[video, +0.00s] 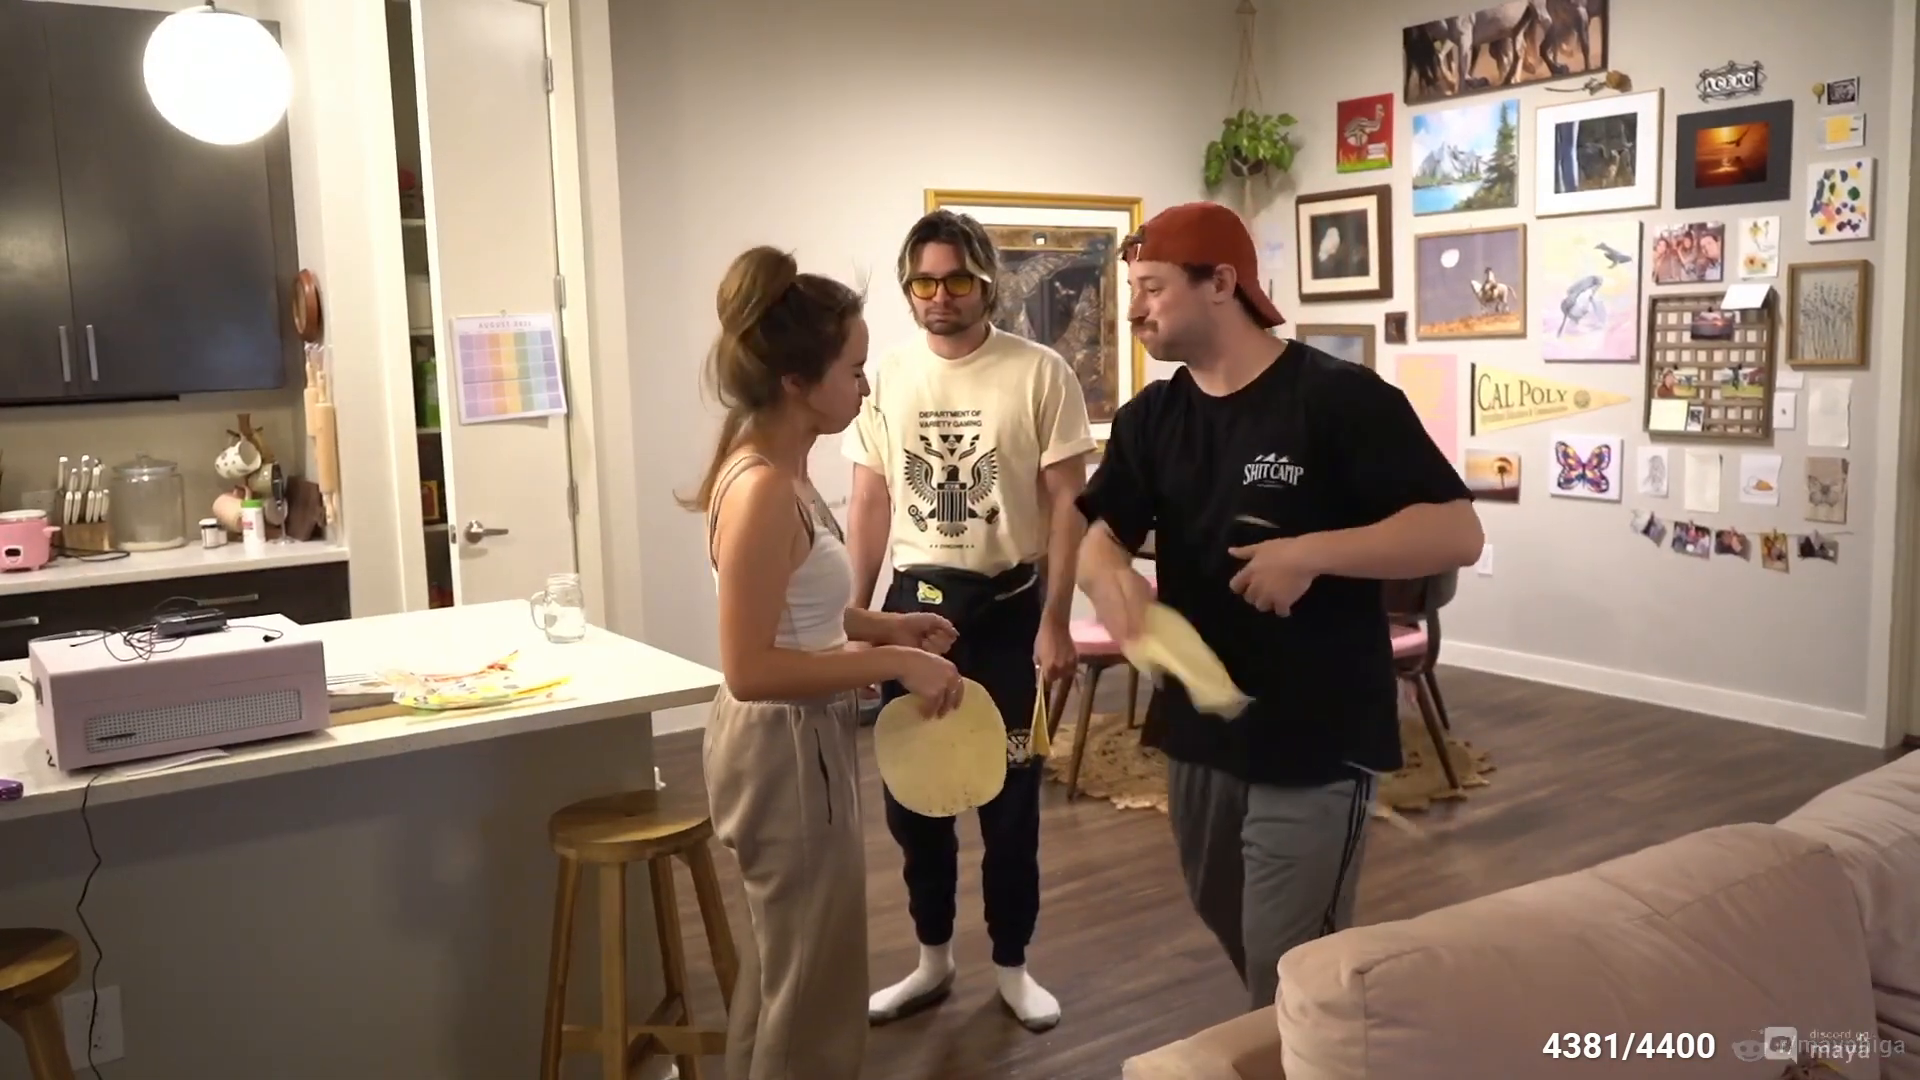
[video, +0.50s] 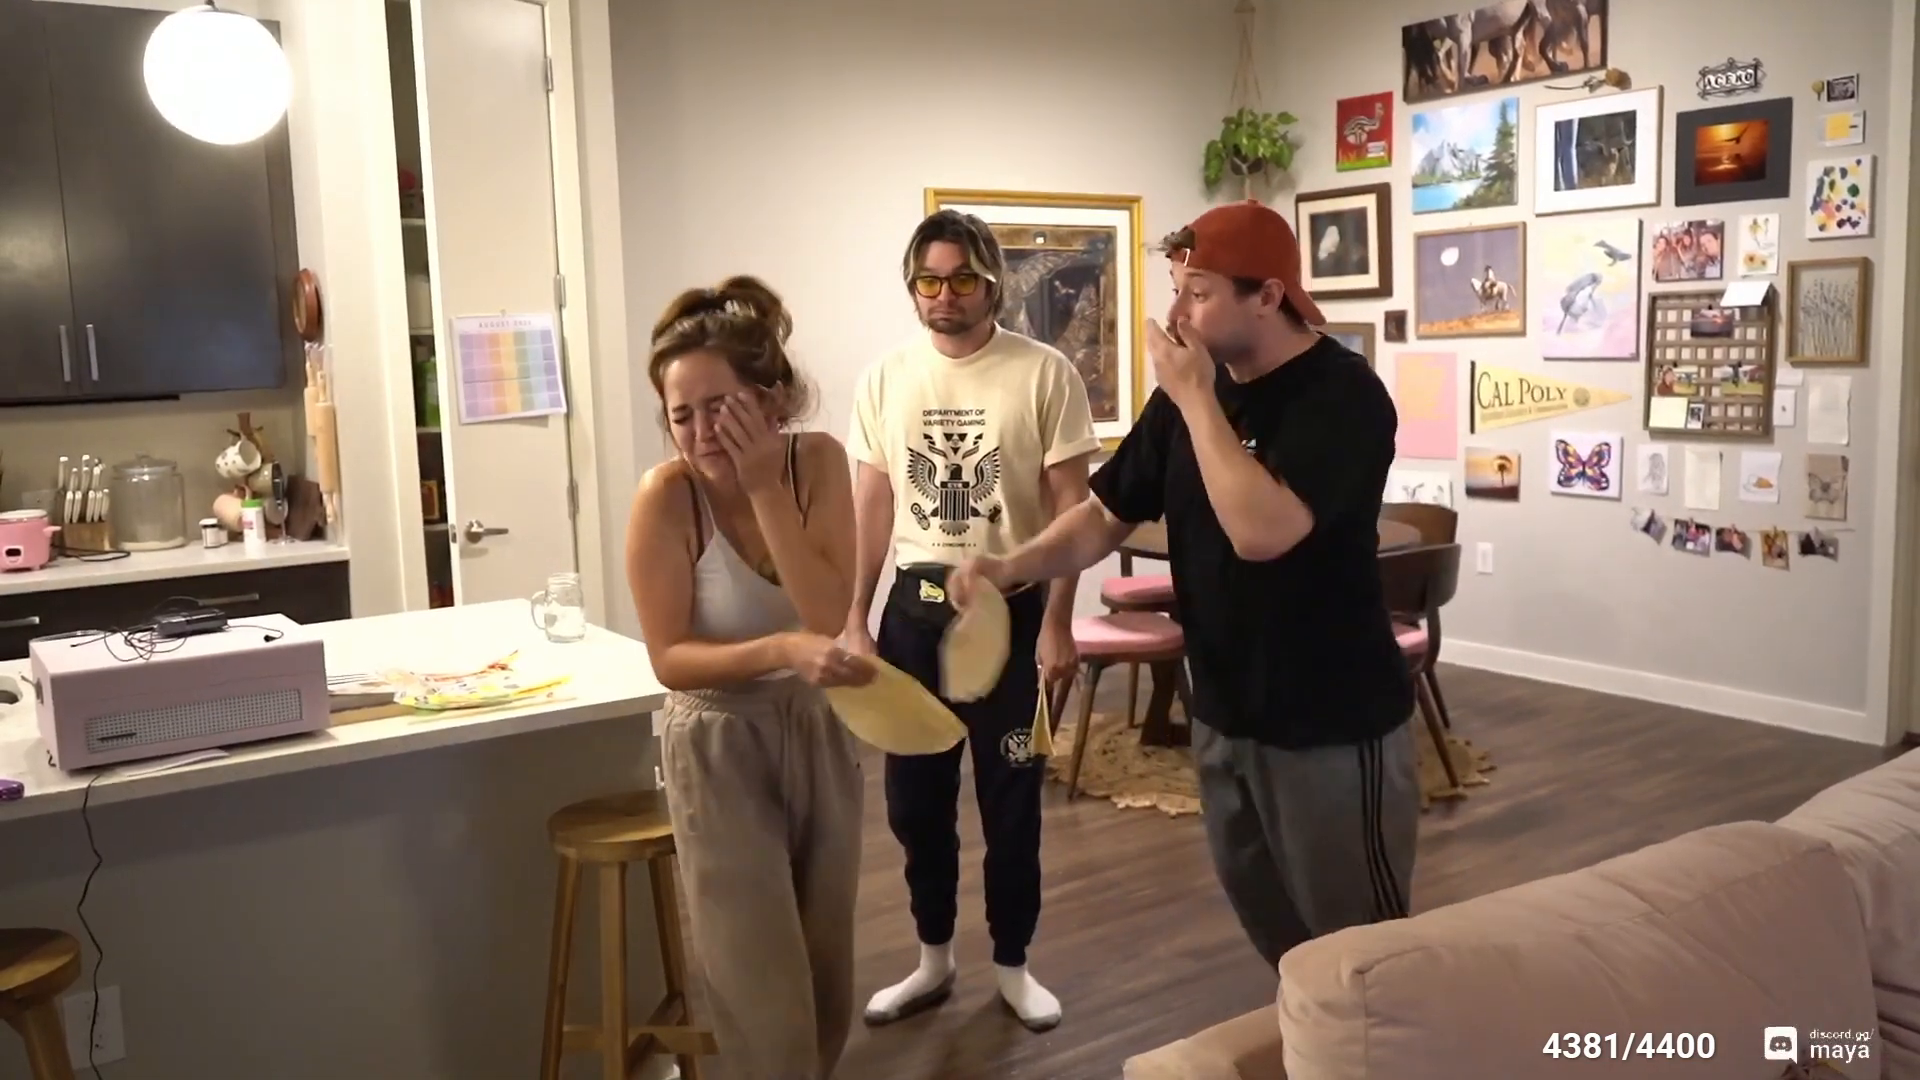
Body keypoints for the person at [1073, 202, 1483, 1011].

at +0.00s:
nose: (1138, 309)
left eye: (1154, 288)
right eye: (1136, 291)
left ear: (1221, 285)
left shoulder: (1343, 400)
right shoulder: (1152, 417)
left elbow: (1458, 530)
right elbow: (1098, 535)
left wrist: (1310, 552)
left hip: (1315, 741)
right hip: (1196, 733)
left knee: (1282, 969)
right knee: (1236, 931)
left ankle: (1319, 1067)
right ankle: (1304, 1042)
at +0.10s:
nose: (1147, 313)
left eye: (1164, 294)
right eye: (1145, 295)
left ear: (1231, 291)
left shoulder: (1352, 403)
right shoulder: (1159, 421)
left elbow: (1465, 536)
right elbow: (1132, 573)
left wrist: (1325, 569)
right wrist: (1191, 663)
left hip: (1311, 745)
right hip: (1191, 737)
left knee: (1275, 968)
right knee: (1196, 913)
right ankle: (1283, 1043)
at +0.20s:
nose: (1155, 330)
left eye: (1172, 308)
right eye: (1153, 310)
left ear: (1240, 306)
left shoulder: (1358, 413)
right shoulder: (1164, 421)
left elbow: (1464, 551)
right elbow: (1141, 572)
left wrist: (1328, 588)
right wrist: (1185, 673)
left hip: (1310, 761)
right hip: (1191, 749)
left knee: (1282, 975)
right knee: (1196, 944)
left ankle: (1301, 1073)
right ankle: (1251, 1066)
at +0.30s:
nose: (1160, 339)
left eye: (1181, 321)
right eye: (1160, 318)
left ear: (1250, 328)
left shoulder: (1360, 421)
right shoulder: (1167, 423)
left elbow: (1410, 582)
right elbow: (1141, 552)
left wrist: (1255, 546)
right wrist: (1159, 653)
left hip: (1324, 734)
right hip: (1208, 724)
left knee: (1285, 934)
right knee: (1218, 925)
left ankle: (1308, 1065)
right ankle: (1247, 1062)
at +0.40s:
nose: (1167, 331)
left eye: (1187, 313)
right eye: (1166, 311)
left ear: (1255, 319)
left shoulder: (1350, 403)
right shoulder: (1186, 400)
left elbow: (1286, 551)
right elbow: (1132, 534)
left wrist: (1183, 433)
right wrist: (1085, 636)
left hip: (1329, 710)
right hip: (1223, 705)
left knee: (1305, 921)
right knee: (1242, 908)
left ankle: (1333, 1062)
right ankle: (1267, 1055)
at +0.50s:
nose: (1178, 314)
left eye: (1198, 294)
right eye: (1179, 293)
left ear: (1267, 297)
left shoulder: (1347, 395)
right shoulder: (1192, 396)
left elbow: (1264, 528)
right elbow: (1105, 514)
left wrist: (1194, 400)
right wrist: (1010, 568)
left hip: (1334, 730)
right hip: (1225, 722)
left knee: (1359, 951)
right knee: (1282, 940)